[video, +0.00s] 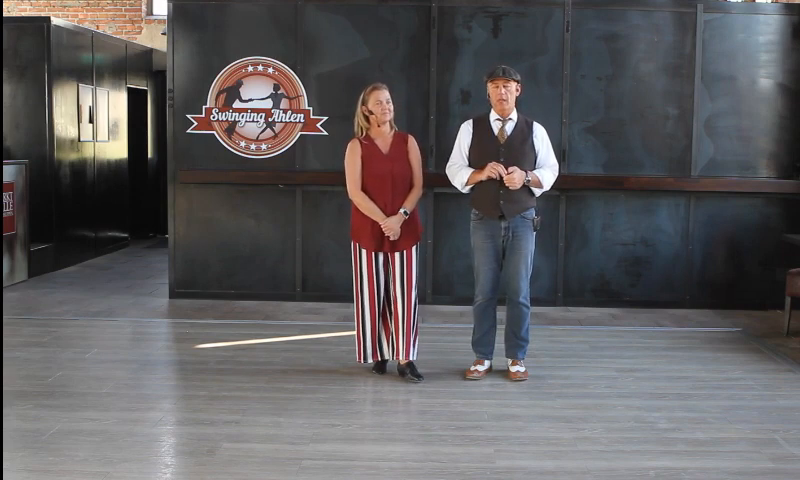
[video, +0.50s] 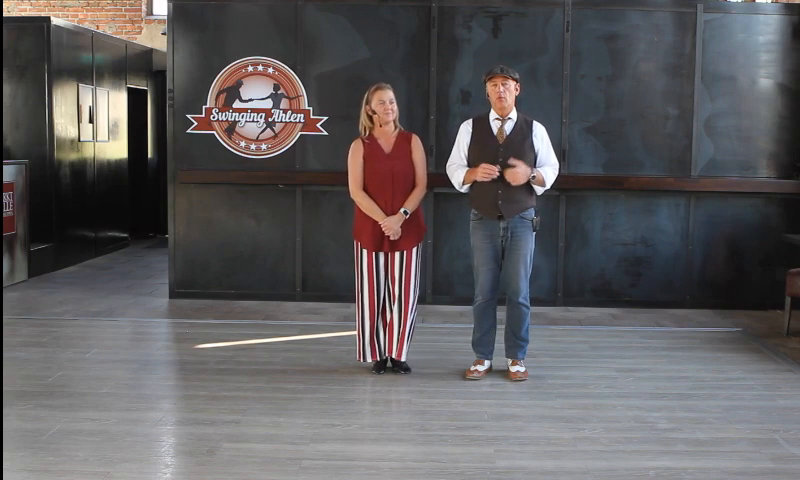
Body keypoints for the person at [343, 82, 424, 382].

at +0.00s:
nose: (385, 106)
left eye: (388, 101)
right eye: (378, 102)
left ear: (394, 106)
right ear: (366, 109)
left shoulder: (408, 142)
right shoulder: (356, 146)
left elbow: (418, 186)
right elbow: (354, 192)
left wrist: (401, 216)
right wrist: (385, 220)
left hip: (404, 229)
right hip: (369, 231)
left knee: (405, 294)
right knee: (372, 295)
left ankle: (405, 358)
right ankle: (378, 355)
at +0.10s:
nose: (385, 106)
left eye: (387, 101)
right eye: (378, 102)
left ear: (393, 105)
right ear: (366, 109)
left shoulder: (408, 142)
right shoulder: (356, 146)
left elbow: (418, 185)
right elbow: (354, 192)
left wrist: (400, 216)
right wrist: (385, 220)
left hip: (404, 229)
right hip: (369, 230)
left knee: (406, 294)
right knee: (372, 294)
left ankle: (406, 357)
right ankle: (378, 354)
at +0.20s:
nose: (385, 106)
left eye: (388, 101)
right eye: (378, 103)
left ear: (394, 106)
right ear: (366, 110)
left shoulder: (409, 141)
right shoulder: (356, 146)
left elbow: (418, 185)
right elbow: (353, 192)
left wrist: (400, 216)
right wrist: (385, 221)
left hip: (405, 229)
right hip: (369, 230)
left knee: (405, 293)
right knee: (372, 294)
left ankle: (404, 355)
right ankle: (378, 355)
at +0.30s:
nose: (385, 107)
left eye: (388, 102)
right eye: (379, 103)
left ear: (394, 106)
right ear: (367, 110)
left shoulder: (409, 141)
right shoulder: (357, 146)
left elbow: (419, 185)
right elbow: (354, 192)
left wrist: (399, 216)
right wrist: (385, 221)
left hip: (404, 229)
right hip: (369, 230)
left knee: (403, 292)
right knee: (372, 293)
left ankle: (402, 353)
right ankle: (378, 354)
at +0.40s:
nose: (387, 106)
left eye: (390, 101)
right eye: (380, 103)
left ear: (396, 106)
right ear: (369, 110)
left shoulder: (411, 141)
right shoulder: (358, 146)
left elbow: (420, 185)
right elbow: (354, 191)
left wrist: (400, 215)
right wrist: (384, 221)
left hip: (406, 229)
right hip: (370, 230)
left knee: (403, 293)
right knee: (372, 294)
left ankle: (399, 354)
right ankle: (377, 355)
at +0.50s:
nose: (388, 106)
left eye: (391, 101)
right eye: (381, 103)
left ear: (397, 105)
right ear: (370, 109)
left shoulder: (412, 141)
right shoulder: (359, 146)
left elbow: (422, 185)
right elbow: (355, 191)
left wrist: (401, 215)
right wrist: (385, 221)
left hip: (406, 229)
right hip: (371, 230)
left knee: (404, 293)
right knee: (373, 293)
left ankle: (397, 355)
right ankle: (377, 355)